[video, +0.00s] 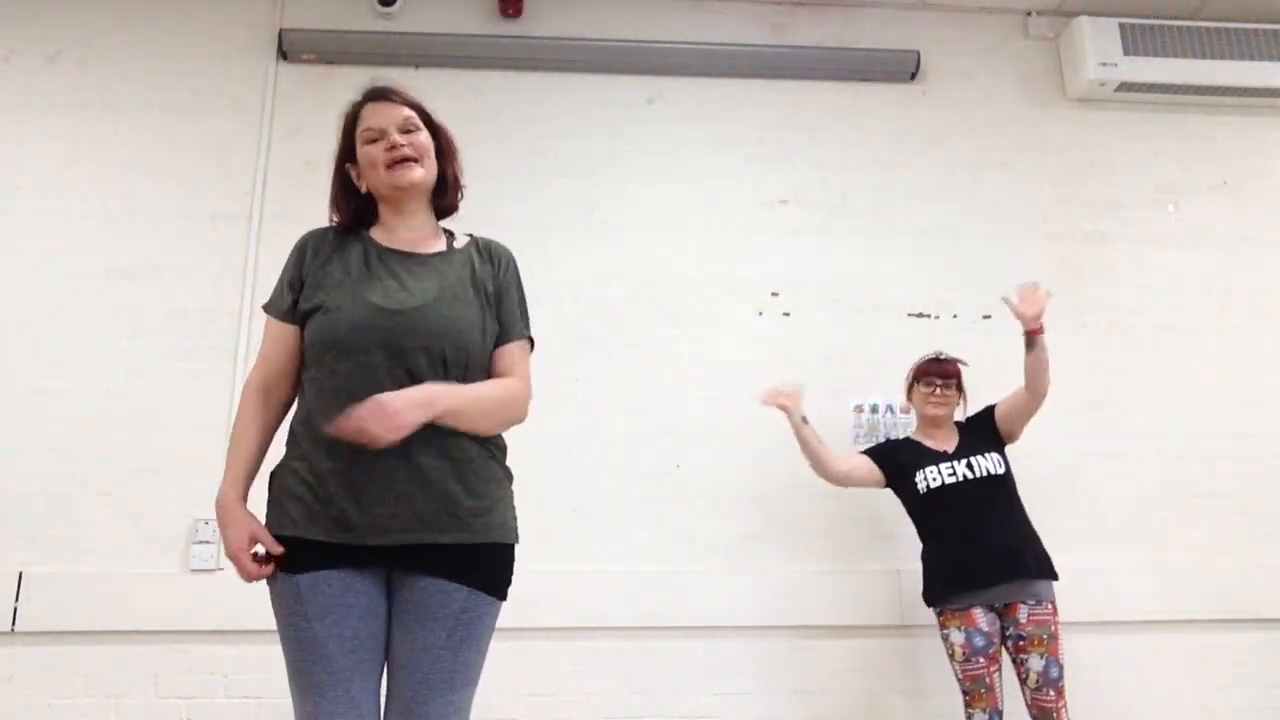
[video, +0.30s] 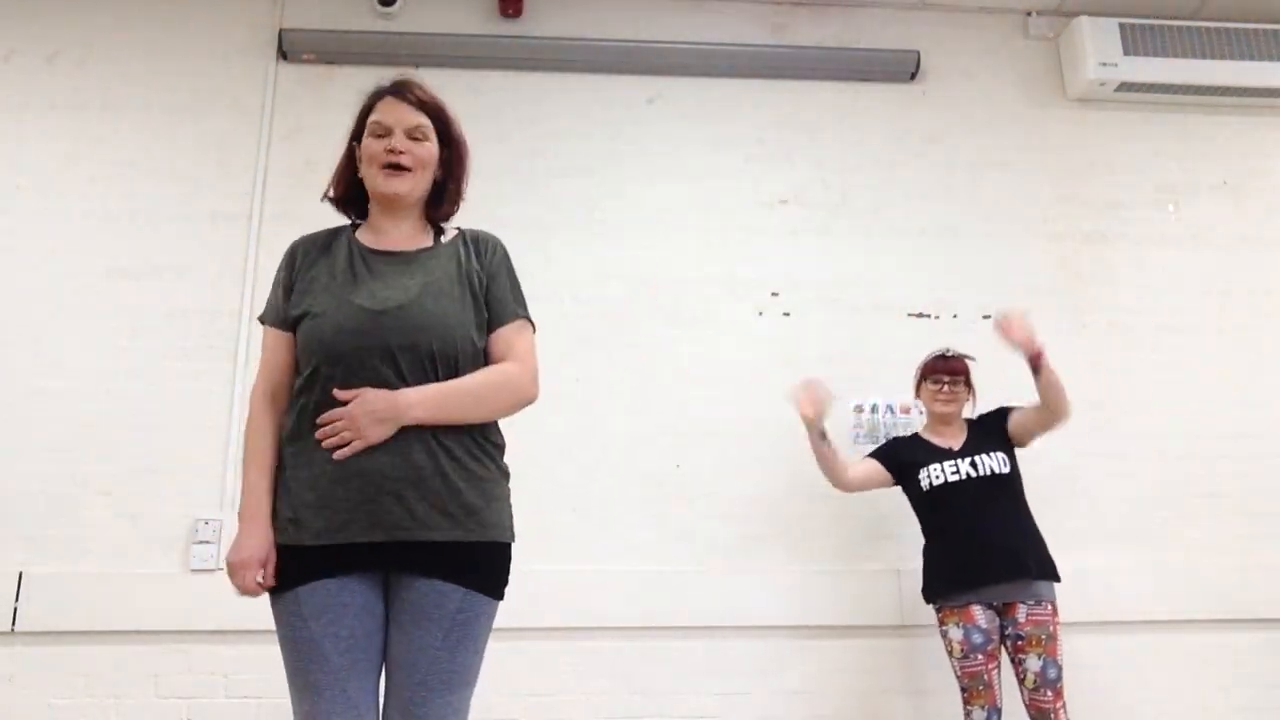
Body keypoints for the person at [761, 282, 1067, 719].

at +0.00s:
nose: (938, 391)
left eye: (948, 385)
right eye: (929, 384)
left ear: (960, 396)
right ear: (910, 395)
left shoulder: (986, 430)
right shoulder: (897, 457)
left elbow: (1035, 391)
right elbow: (835, 470)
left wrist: (1034, 330)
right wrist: (796, 417)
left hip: (1027, 584)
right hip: (961, 597)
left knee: (1050, 707)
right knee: (984, 711)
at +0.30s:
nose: (946, 388)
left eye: (956, 381)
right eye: (936, 381)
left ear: (969, 390)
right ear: (920, 391)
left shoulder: (996, 428)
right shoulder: (904, 452)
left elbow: (1055, 411)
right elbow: (845, 478)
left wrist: (1034, 355)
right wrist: (816, 428)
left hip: (1028, 586)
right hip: (960, 596)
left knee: (1048, 705)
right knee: (982, 710)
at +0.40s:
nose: (953, 385)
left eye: (962, 378)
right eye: (942, 377)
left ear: (975, 386)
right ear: (927, 387)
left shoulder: (1005, 427)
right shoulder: (912, 446)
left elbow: (1076, 443)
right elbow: (849, 480)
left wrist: (1039, 409)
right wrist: (836, 465)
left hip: (1029, 583)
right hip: (962, 591)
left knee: (1049, 705)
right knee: (982, 708)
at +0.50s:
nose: (963, 381)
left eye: (973, 374)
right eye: (953, 375)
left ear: (988, 383)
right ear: (939, 386)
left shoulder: (1017, 429)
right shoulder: (922, 442)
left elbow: (1076, 480)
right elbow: (869, 481)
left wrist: (1070, 475)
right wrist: (856, 525)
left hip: (1033, 583)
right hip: (964, 589)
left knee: (1049, 703)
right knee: (984, 706)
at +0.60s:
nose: (977, 380)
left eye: (986, 373)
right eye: (967, 375)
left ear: (1002, 383)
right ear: (953, 387)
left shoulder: (1033, 433)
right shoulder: (936, 445)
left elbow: (1063, 500)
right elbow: (898, 508)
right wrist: (886, 575)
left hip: (1038, 590)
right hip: (970, 594)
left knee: (1052, 707)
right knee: (987, 708)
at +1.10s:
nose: (1028, 378)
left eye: (1038, 372)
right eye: (1018, 373)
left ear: (1054, 382)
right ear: (1004, 387)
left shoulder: (1084, 436)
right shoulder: (984, 440)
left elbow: (1115, 510)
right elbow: (959, 514)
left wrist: (1141, 568)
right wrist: (952, 580)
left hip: (1076, 594)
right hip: (1008, 594)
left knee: (1071, 707)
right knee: (1029, 706)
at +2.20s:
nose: (1023, 383)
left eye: (1032, 376)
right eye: (1013, 377)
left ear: (1048, 387)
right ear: (998, 388)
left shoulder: (1076, 438)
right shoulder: (978, 443)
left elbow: (1102, 501)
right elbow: (957, 517)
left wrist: (1110, 523)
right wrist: (975, 584)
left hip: (1073, 596)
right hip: (1007, 598)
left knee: (1069, 708)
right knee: (1022, 709)